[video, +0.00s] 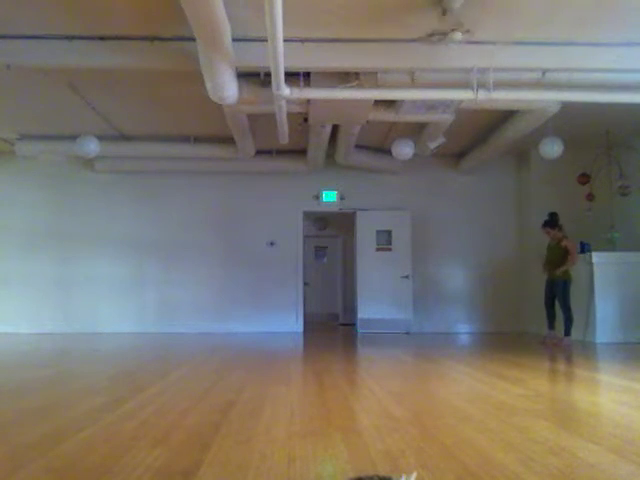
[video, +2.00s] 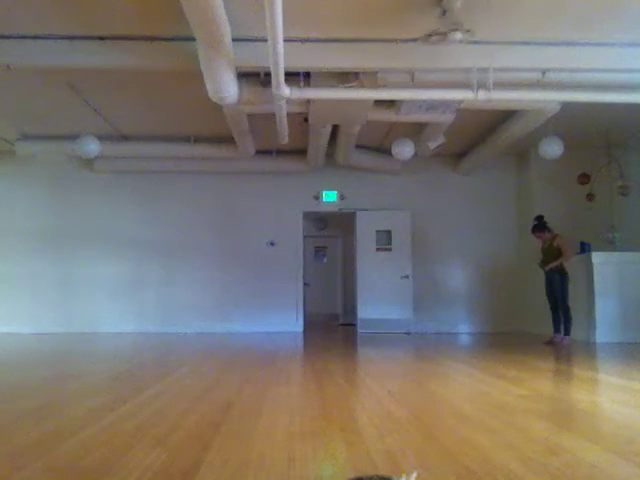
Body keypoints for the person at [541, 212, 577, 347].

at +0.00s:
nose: (548, 235)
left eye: (549, 232)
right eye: (546, 233)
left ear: (555, 229)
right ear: (548, 232)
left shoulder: (566, 242)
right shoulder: (551, 243)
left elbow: (573, 259)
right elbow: (548, 258)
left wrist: (561, 269)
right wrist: (545, 266)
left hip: (562, 276)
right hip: (551, 276)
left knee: (564, 305)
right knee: (549, 303)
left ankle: (567, 336)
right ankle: (551, 332)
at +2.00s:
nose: (539, 239)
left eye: (539, 236)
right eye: (537, 237)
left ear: (545, 232)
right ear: (539, 235)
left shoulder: (558, 240)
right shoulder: (545, 243)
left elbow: (567, 255)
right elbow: (547, 257)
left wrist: (551, 265)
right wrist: (542, 263)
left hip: (560, 273)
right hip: (549, 274)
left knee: (562, 304)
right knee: (553, 304)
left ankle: (566, 335)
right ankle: (557, 334)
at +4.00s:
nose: (542, 231)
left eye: (544, 228)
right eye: (541, 229)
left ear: (551, 228)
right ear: (543, 229)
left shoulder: (559, 240)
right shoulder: (546, 242)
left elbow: (566, 253)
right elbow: (542, 255)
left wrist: (555, 262)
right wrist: (543, 263)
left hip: (560, 273)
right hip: (550, 273)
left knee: (562, 304)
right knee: (553, 305)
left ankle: (566, 336)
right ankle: (556, 334)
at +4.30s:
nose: (542, 232)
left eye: (544, 228)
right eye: (542, 229)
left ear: (552, 228)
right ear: (545, 229)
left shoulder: (558, 240)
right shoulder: (546, 241)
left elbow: (566, 252)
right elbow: (541, 255)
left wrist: (553, 263)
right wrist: (543, 264)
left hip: (560, 273)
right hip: (550, 273)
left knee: (563, 304)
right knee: (554, 305)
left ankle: (566, 336)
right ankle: (556, 335)